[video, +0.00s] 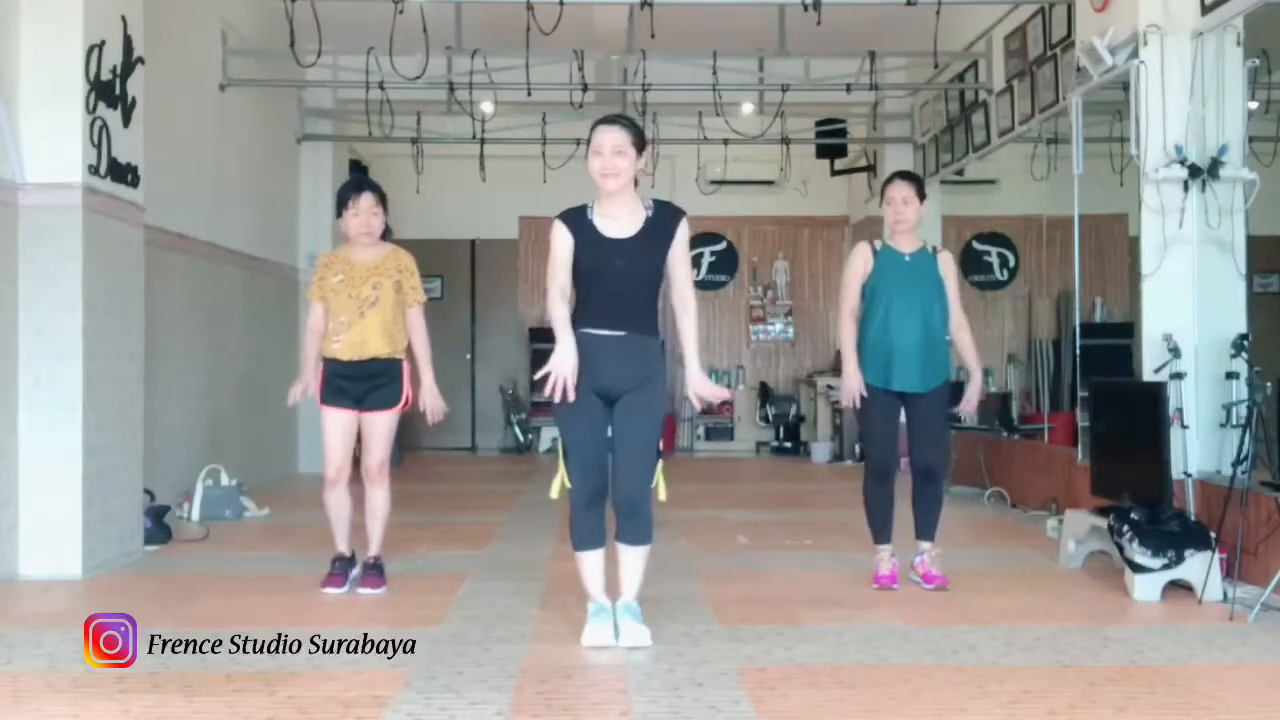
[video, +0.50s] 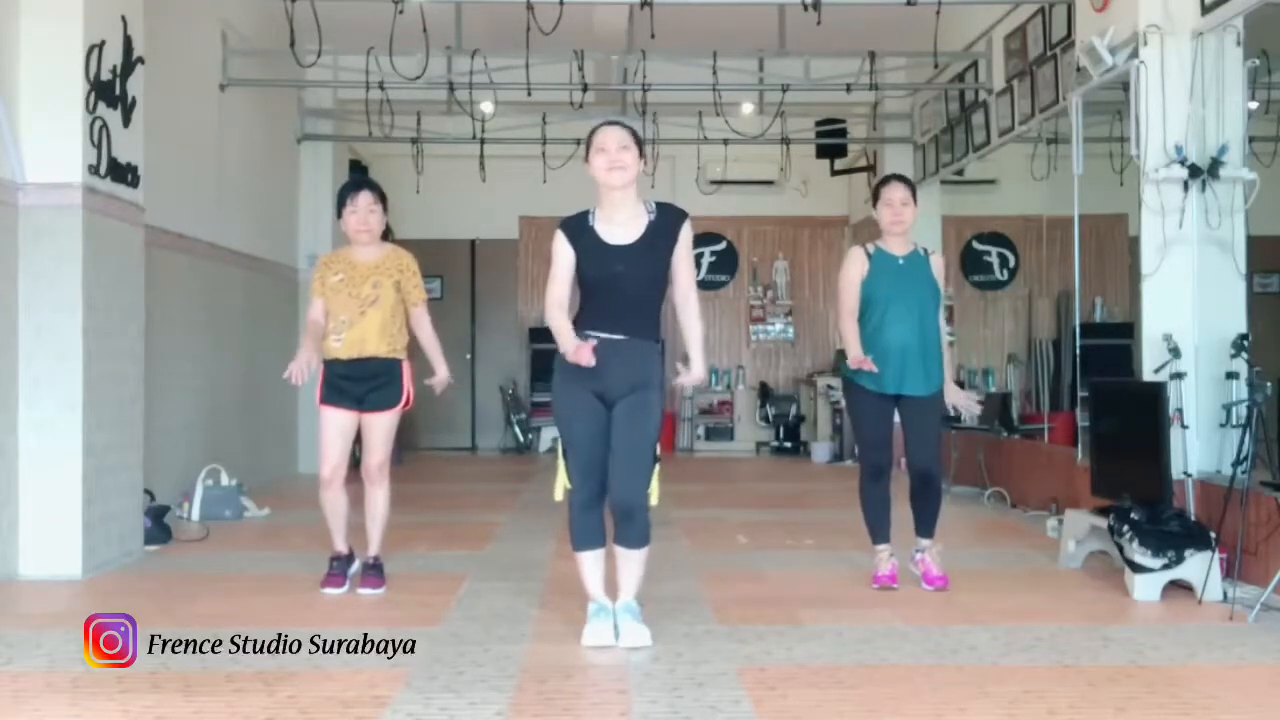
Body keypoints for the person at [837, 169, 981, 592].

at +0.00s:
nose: (898, 209)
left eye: (906, 201)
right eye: (891, 202)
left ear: (922, 207)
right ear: (882, 208)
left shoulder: (942, 260)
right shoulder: (865, 254)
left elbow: (957, 321)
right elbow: (848, 315)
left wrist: (975, 372)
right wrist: (850, 368)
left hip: (931, 381)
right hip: (878, 381)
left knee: (930, 466)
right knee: (881, 466)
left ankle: (925, 554)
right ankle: (884, 555)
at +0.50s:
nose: (895, 211)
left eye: (903, 204)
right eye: (888, 204)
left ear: (916, 210)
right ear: (876, 210)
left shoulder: (932, 262)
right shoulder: (859, 258)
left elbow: (939, 326)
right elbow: (848, 314)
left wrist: (948, 381)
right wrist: (855, 354)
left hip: (923, 380)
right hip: (870, 378)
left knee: (926, 467)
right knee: (876, 465)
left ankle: (924, 550)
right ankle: (883, 553)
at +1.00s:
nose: (898, 205)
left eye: (906, 198)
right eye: (890, 199)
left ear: (921, 204)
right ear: (880, 208)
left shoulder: (945, 256)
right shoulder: (867, 257)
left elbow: (962, 312)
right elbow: (845, 318)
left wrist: (969, 337)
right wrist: (835, 370)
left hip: (932, 380)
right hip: (878, 379)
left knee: (927, 467)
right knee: (881, 465)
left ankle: (923, 553)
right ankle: (884, 554)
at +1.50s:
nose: (906, 211)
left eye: (914, 203)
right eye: (899, 204)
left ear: (933, 207)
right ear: (892, 211)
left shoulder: (958, 259)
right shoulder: (878, 260)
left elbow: (976, 315)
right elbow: (864, 320)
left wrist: (974, 350)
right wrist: (856, 369)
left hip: (942, 383)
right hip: (889, 382)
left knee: (932, 468)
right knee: (893, 467)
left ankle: (924, 554)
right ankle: (887, 551)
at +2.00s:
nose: (888, 207)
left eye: (898, 199)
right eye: (886, 200)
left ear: (923, 206)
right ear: (885, 206)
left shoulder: (948, 259)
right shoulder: (870, 254)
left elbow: (962, 321)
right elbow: (852, 306)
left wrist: (974, 379)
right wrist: (857, 343)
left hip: (934, 380)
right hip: (879, 378)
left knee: (932, 466)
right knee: (882, 465)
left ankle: (924, 552)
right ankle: (885, 553)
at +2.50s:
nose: (894, 210)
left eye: (904, 203)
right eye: (888, 203)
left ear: (922, 210)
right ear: (881, 209)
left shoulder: (942, 263)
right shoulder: (867, 256)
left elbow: (949, 322)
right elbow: (851, 312)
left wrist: (953, 371)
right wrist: (856, 356)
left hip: (929, 380)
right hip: (875, 377)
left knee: (929, 468)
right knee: (879, 464)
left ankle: (925, 551)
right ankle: (884, 553)